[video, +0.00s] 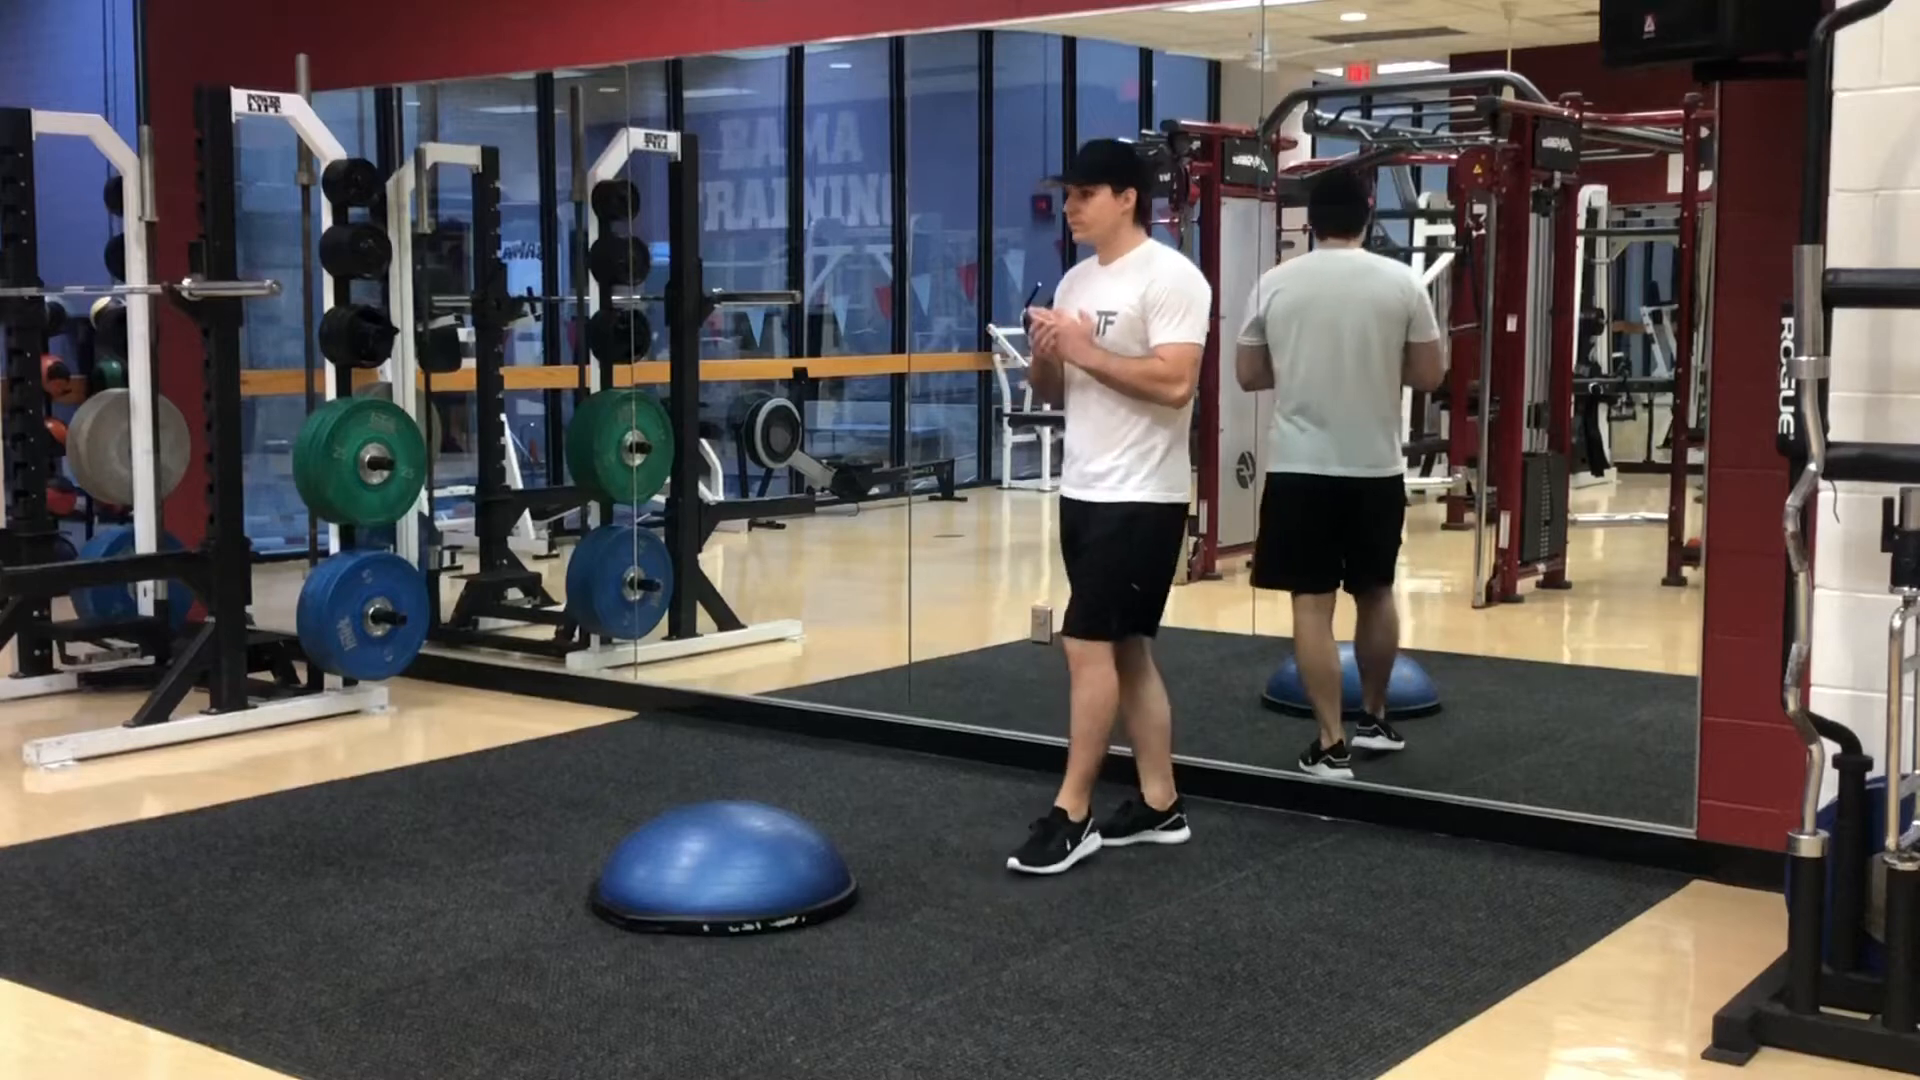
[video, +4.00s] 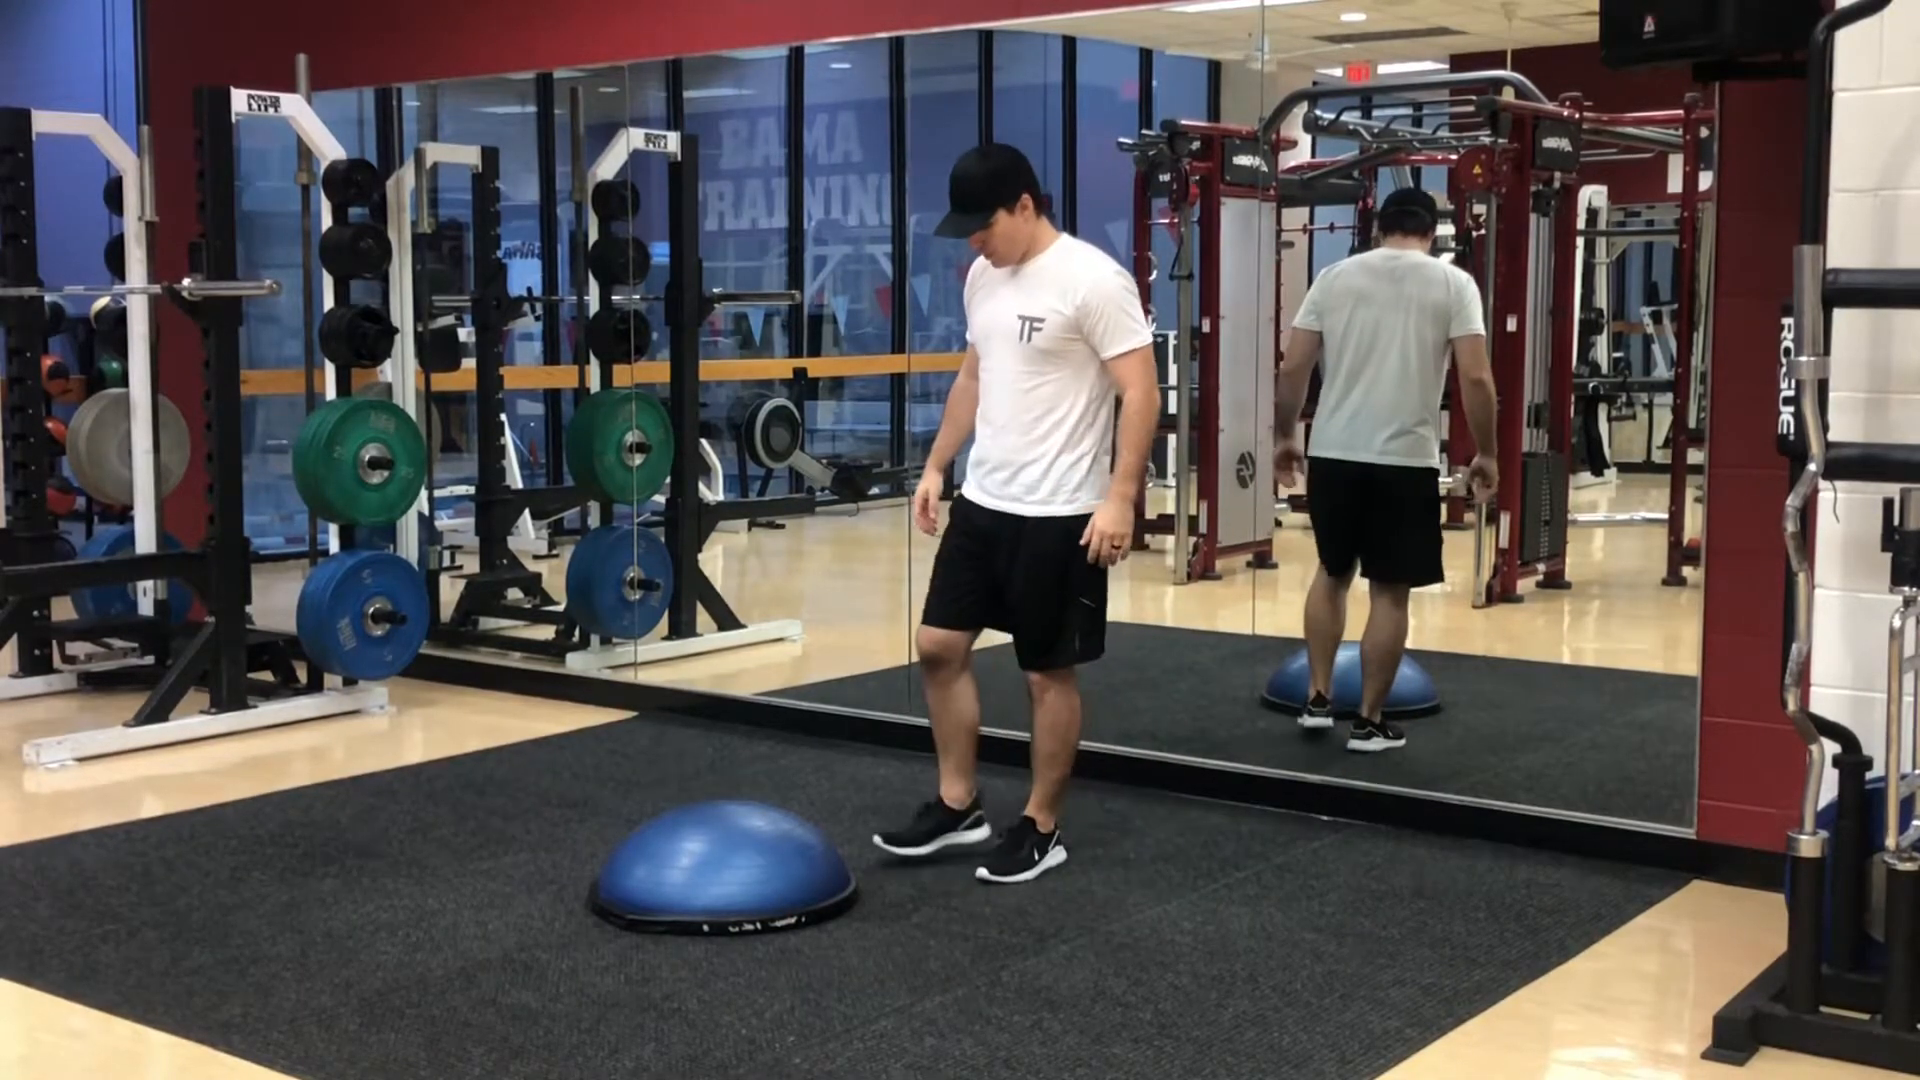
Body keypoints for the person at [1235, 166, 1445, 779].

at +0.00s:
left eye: (1322, 218)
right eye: (1357, 217)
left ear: (1311, 222)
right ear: (1367, 221)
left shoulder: (1277, 282)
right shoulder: (1402, 282)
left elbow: (1250, 374)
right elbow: (1428, 373)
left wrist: (1309, 361)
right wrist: (1375, 358)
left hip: (1300, 472)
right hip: (1375, 471)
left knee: (1312, 604)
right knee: (1376, 592)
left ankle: (1331, 745)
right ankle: (1375, 721)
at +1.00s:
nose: (1362, 218)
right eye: (1363, 210)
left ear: (1302, 221)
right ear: (1363, 215)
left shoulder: (1271, 284)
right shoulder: (1398, 280)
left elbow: (1256, 371)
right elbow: (1427, 369)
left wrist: (1311, 340)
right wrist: (1373, 341)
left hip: (1296, 475)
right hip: (1374, 475)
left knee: (1312, 607)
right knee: (1373, 604)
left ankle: (1332, 744)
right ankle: (1371, 728)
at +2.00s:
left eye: (1314, 227)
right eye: (1369, 226)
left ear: (1313, 227)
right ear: (1370, 225)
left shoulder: (1275, 289)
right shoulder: (1405, 282)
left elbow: (1238, 391)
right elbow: (1441, 374)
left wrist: (1205, 465)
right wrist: (1478, 455)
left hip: (1302, 478)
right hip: (1382, 478)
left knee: (1314, 606)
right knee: (1378, 598)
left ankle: (1331, 744)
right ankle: (1371, 725)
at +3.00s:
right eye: (1417, 237)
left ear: (1366, 234)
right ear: (1420, 238)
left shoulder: (1324, 279)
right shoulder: (1446, 284)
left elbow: (1282, 370)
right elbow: (1475, 380)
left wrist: (1280, 437)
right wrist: (1483, 449)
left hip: (1329, 462)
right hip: (1403, 469)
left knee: (1329, 586)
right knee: (1388, 595)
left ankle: (1323, 719)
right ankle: (1369, 722)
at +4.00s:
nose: (1429, 245)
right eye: (1433, 237)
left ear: (1377, 231)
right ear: (1431, 235)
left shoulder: (1335, 276)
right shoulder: (1452, 282)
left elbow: (1294, 366)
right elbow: (1476, 380)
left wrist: (1285, 437)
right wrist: (1486, 453)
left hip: (1332, 460)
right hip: (1406, 468)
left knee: (1331, 572)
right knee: (1390, 594)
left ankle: (1317, 700)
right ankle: (1370, 722)